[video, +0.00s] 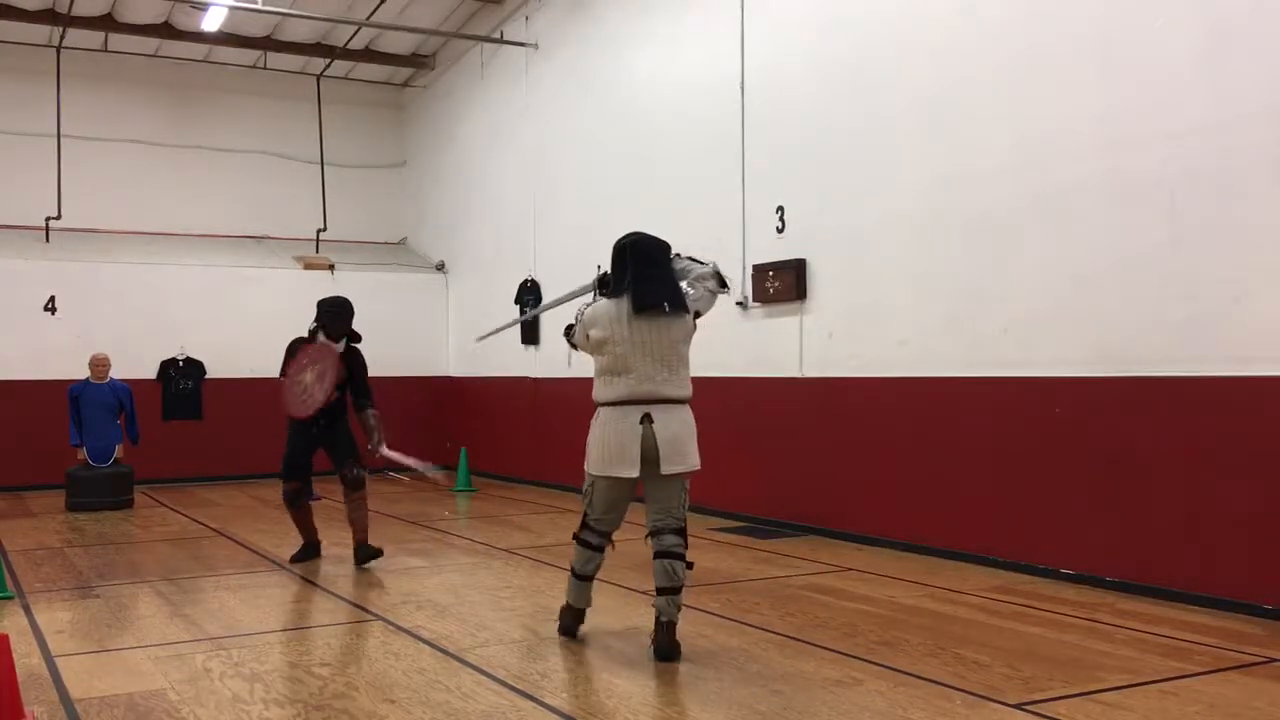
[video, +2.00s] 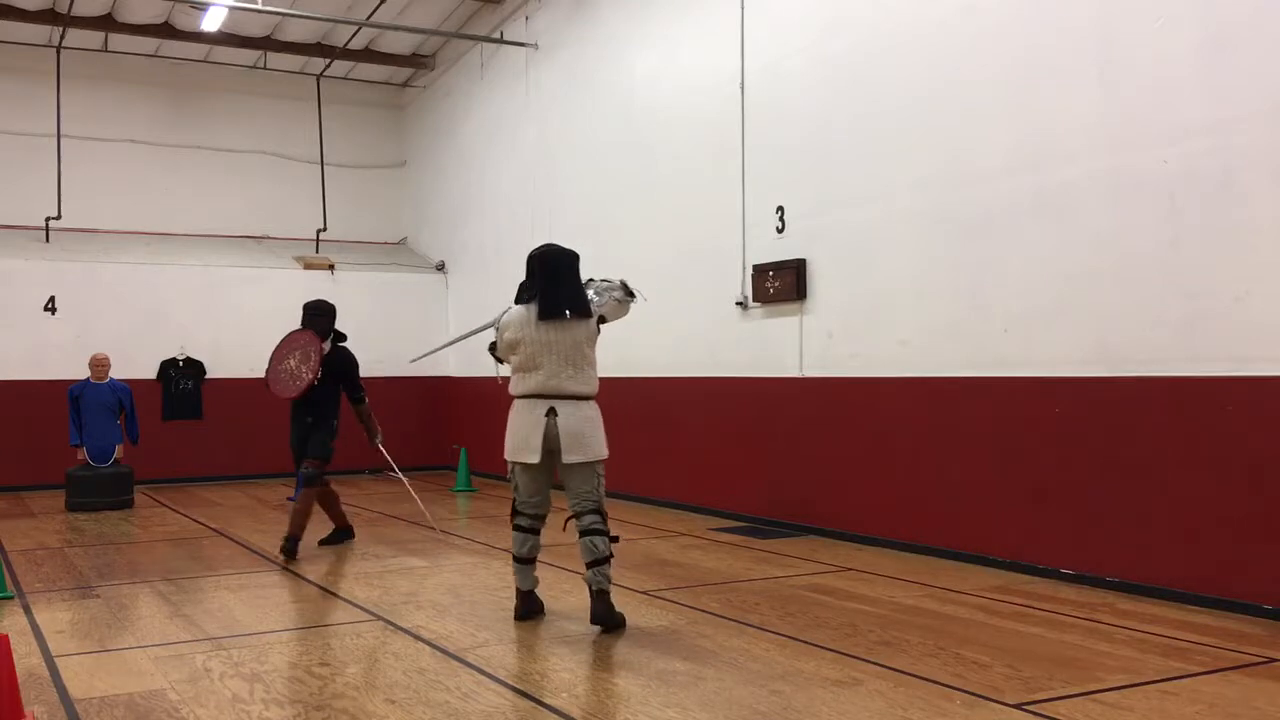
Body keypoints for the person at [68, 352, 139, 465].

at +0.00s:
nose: (100, 369)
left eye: (104, 366)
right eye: (97, 366)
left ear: (109, 367)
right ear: (90, 367)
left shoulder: (121, 389)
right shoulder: (77, 390)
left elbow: (130, 415)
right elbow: (74, 419)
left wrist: (133, 437)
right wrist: (78, 444)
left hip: (113, 444)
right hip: (88, 444)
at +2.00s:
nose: (100, 369)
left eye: (104, 366)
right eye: (96, 366)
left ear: (109, 367)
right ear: (89, 367)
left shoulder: (121, 389)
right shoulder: (77, 390)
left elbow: (130, 415)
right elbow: (74, 419)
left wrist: (133, 437)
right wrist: (78, 444)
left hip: (114, 445)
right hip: (87, 445)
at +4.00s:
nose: (100, 369)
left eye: (103, 366)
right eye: (96, 366)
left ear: (109, 367)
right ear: (89, 367)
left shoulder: (121, 389)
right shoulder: (77, 390)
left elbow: (130, 415)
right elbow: (74, 420)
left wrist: (133, 438)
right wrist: (78, 445)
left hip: (113, 444)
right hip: (88, 444)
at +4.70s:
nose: (100, 369)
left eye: (103, 366)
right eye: (96, 366)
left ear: (109, 367)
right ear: (89, 367)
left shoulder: (121, 389)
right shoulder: (77, 390)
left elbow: (130, 415)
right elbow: (74, 419)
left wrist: (133, 437)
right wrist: (78, 445)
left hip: (113, 445)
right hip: (87, 445)